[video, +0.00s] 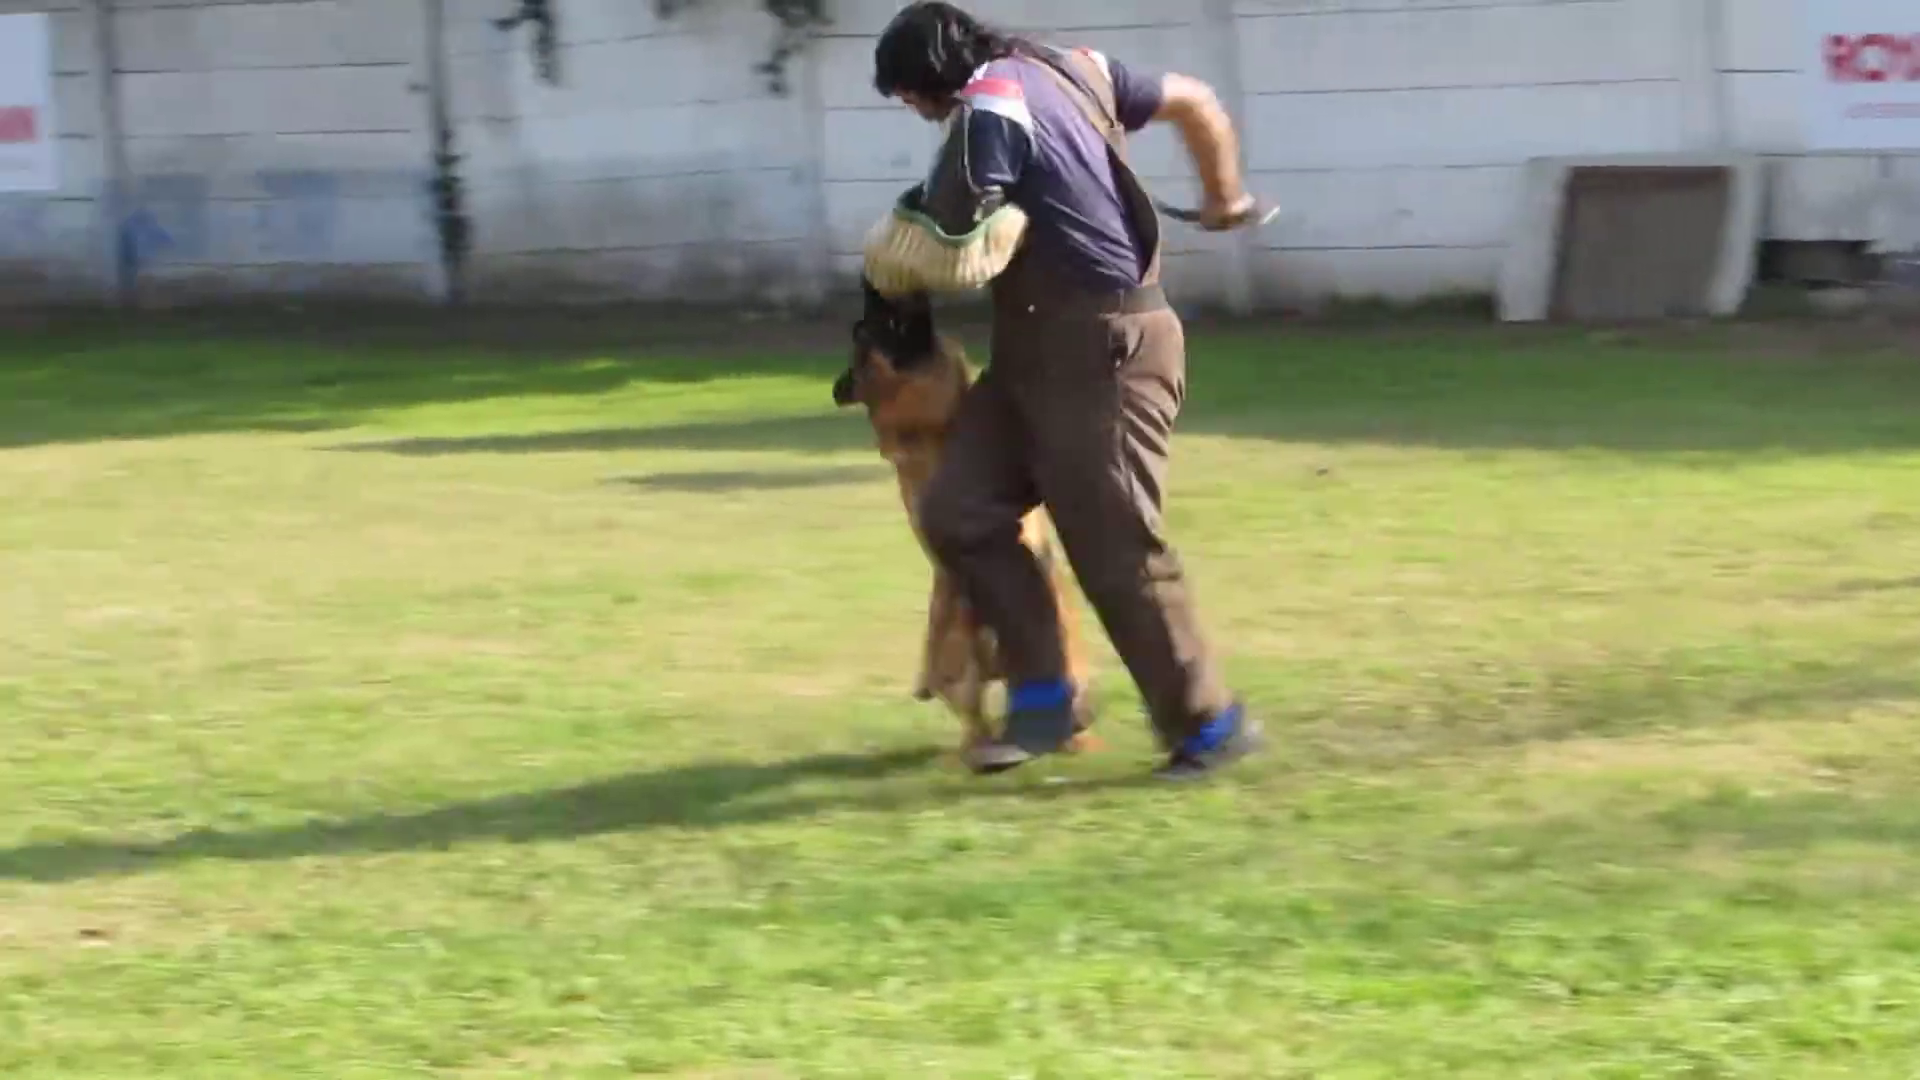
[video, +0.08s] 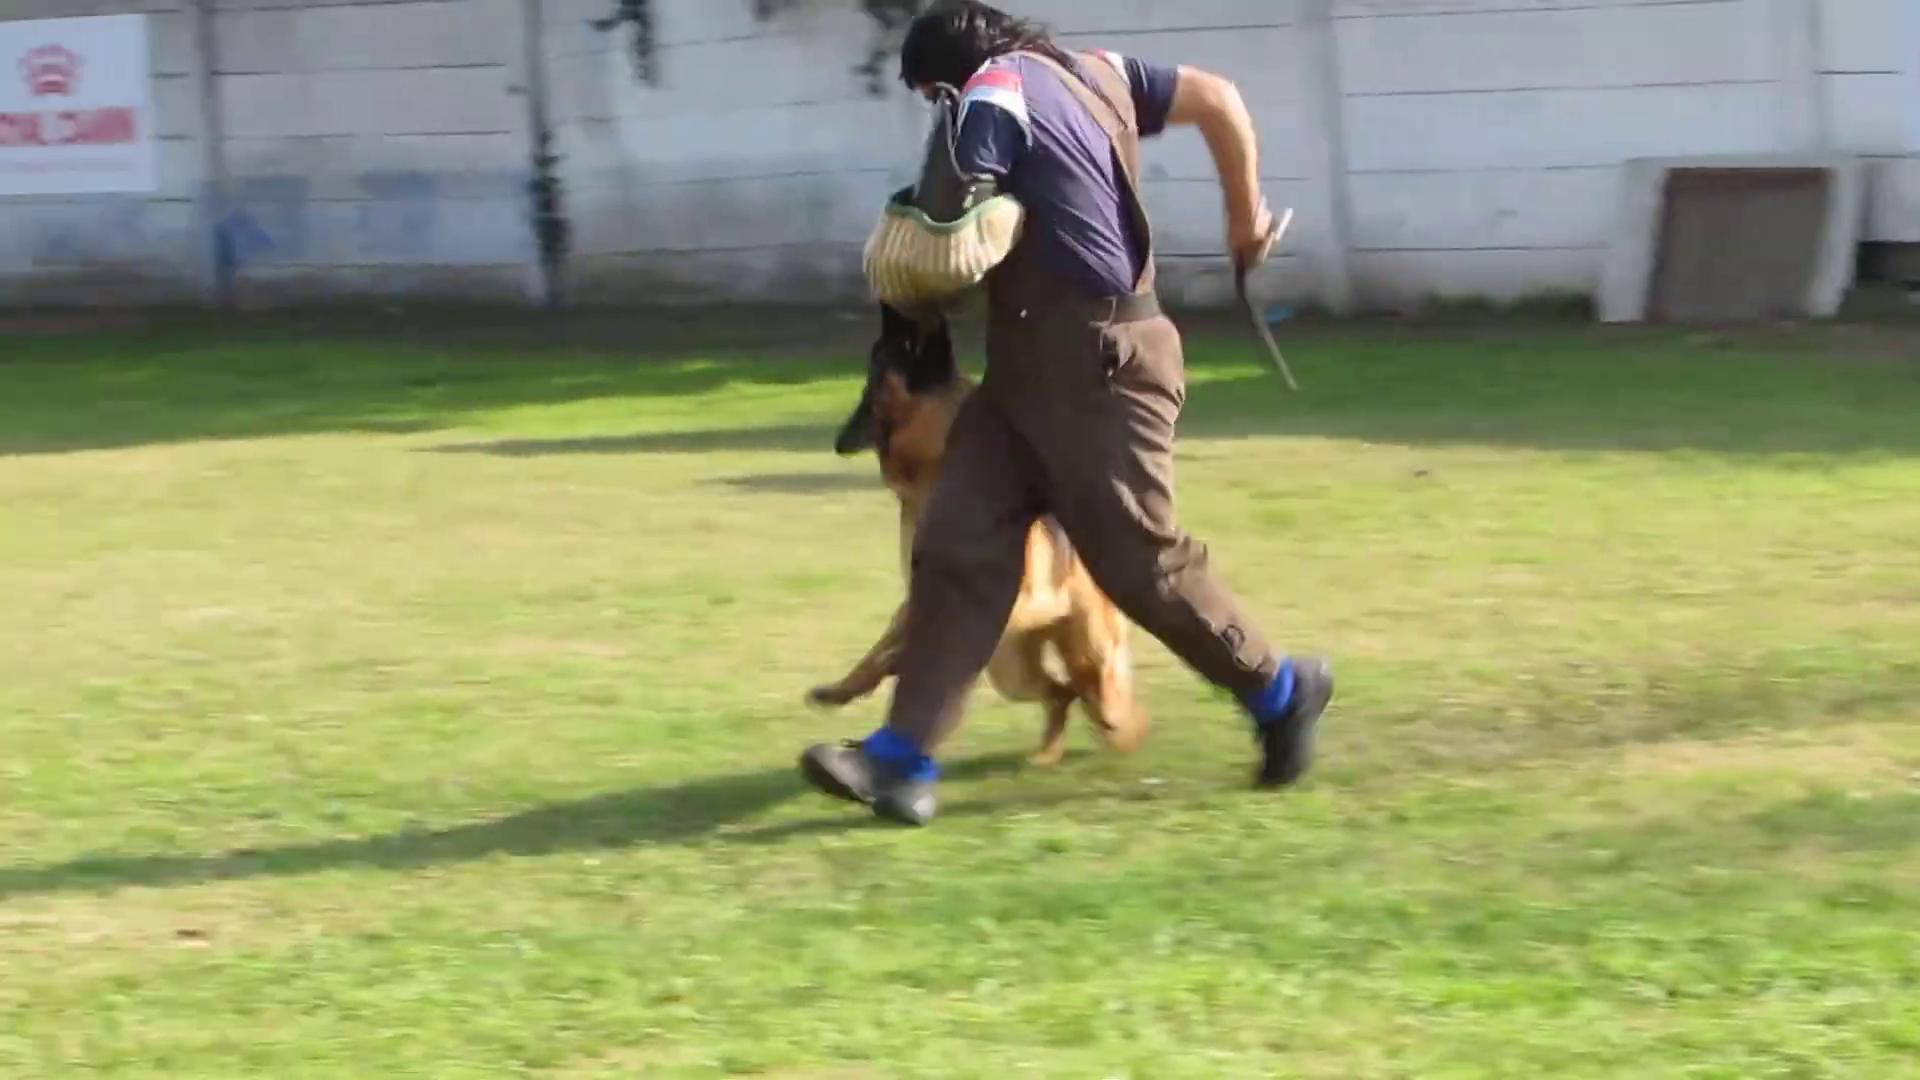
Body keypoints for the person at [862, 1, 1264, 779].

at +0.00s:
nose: (919, 113)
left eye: (914, 98)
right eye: (909, 102)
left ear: (938, 74)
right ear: (971, 44)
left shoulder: (990, 101)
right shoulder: (1069, 64)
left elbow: (949, 237)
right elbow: (1193, 99)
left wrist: (885, 252)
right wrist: (1224, 199)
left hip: (1105, 345)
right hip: (1043, 348)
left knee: (1119, 547)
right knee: (960, 514)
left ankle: (1207, 725)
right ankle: (1044, 701)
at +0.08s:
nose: (937, 107)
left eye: (934, 92)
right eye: (929, 96)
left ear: (958, 68)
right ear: (996, 40)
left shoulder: (993, 87)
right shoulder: (1096, 67)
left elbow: (953, 223)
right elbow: (1216, 97)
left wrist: (897, 254)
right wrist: (1247, 212)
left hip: (1101, 354)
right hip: (1036, 361)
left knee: (1138, 561)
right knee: (961, 552)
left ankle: (1280, 694)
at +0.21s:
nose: (973, 138)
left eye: (970, 121)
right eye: (968, 124)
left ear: (992, 100)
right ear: (1038, 76)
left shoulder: (1033, 130)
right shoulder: (1109, 126)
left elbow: (994, 282)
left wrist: (918, 304)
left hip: (1119, 413)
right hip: (1072, 411)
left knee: (1068, 623)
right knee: (964, 577)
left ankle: (1260, 698)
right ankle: (990, 794)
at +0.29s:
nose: (999, 137)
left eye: (996, 121)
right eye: (993, 125)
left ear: (1018, 101)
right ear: (1056, 78)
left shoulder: (1070, 129)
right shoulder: (1103, 120)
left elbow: (1020, 279)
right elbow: (1047, 286)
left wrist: (935, 292)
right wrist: (960, 297)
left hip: (1151, 400)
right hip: (1142, 395)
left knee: (1034, 572)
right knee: (1062, 569)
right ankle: (1077, 790)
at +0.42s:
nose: (1047, 122)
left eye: (1045, 105)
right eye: (1041, 111)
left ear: (1074, 80)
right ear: (1110, 59)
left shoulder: (1117, 108)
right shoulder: (1145, 111)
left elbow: (1052, 253)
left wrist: (981, 262)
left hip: (1169, 399)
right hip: (1127, 399)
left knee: (1082, 606)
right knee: (1048, 586)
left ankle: (1011, 847)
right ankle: (1174, 761)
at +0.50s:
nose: (1067, 134)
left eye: (1068, 116)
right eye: (1062, 119)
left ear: (1096, 98)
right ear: (1142, 83)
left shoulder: (1134, 140)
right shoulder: (1210, 147)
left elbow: (1074, 287)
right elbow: (1309, 262)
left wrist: (996, 272)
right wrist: (1314, 399)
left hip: (1171, 435)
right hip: (1186, 430)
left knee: (1064, 641)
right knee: (1064, 620)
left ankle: (1064, 879)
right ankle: (1208, 769)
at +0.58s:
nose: (1116, 134)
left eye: (1117, 118)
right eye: (1111, 122)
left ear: (1147, 101)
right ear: (1198, 84)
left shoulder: (1181, 128)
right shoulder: (1281, 145)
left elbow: (1125, 280)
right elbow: (1402, 227)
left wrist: (1048, 308)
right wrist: (1445, 361)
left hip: (1204, 428)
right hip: (1242, 429)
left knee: (1106, 645)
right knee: (1111, 637)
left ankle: (1164, 875)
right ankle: (1226, 826)